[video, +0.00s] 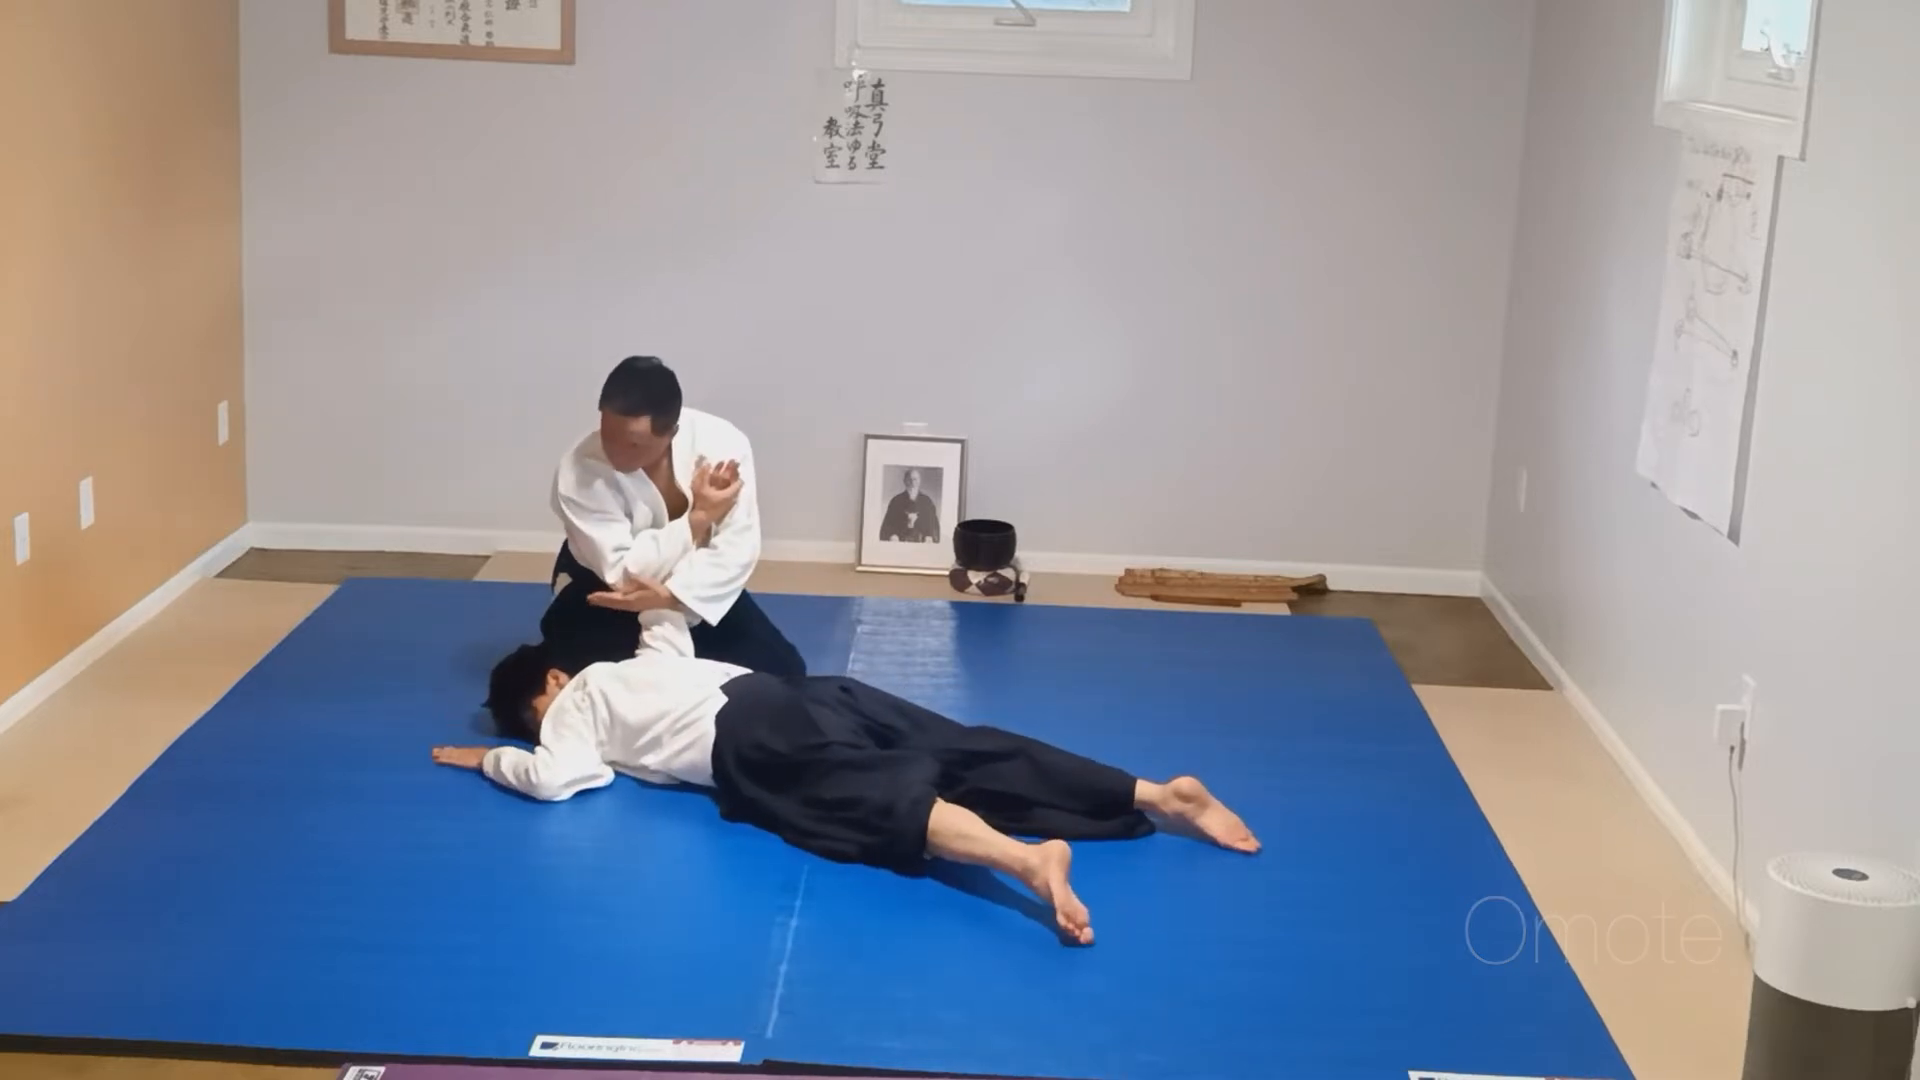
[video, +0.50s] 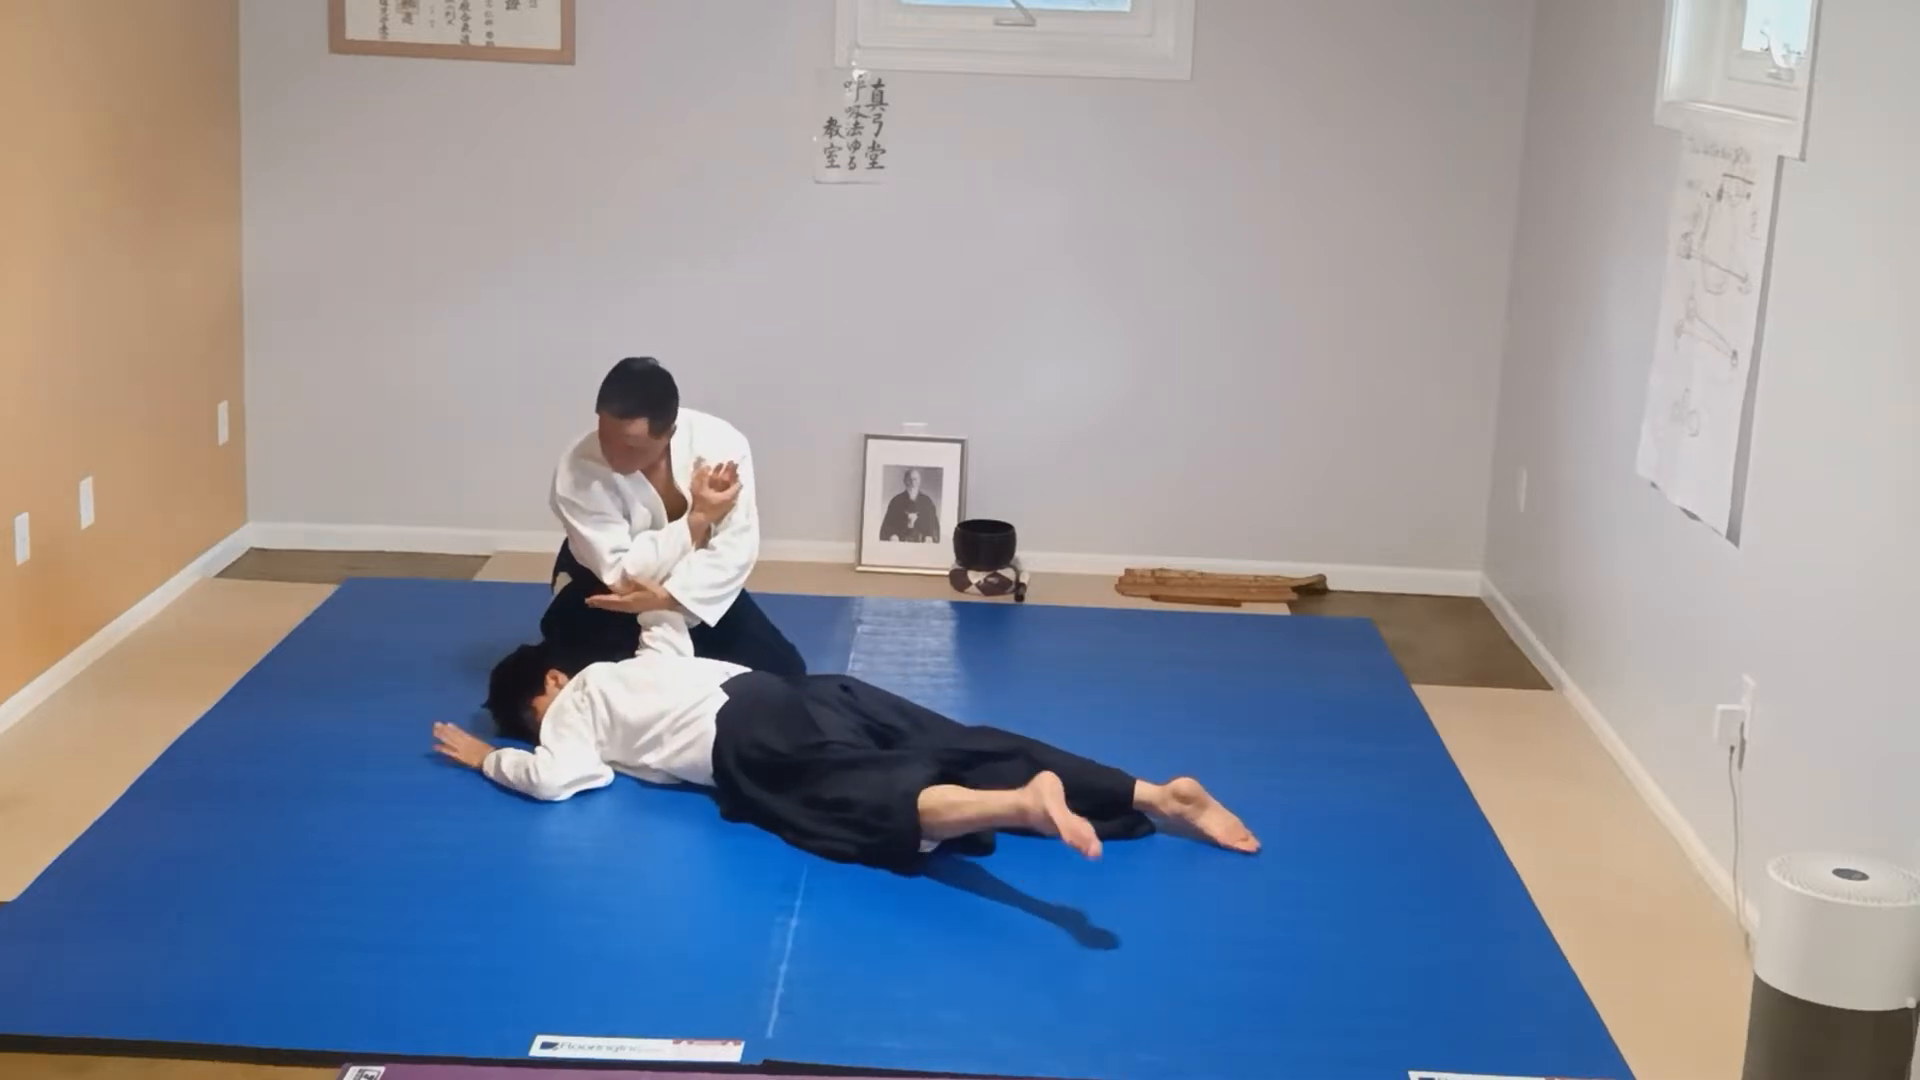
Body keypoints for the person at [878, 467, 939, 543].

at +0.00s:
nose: (912, 482)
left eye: (915, 479)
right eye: (909, 479)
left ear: (919, 481)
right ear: (905, 481)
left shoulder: (926, 501)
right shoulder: (896, 501)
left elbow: (933, 523)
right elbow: (887, 525)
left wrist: (931, 537)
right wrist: (892, 536)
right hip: (899, 543)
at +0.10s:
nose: (912, 482)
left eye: (915, 479)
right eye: (909, 479)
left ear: (919, 481)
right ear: (905, 481)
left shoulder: (926, 501)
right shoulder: (896, 501)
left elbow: (933, 523)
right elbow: (887, 525)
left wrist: (931, 537)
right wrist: (892, 536)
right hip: (899, 543)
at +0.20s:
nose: (913, 482)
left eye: (915, 479)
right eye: (910, 479)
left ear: (919, 481)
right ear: (905, 481)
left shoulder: (926, 501)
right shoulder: (896, 501)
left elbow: (933, 523)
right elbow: (887, 525)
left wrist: (931, 537)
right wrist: (892, 536)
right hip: (899, 543)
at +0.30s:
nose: (913, 482)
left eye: (915, 479)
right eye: (910, 479)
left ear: (919, 481)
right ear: (905, 481)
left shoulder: (926, 501)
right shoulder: (897, 500)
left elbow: (933, 523)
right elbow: (887, 525)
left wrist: (931, 537)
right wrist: (892, 536)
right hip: (899, 543)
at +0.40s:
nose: (912, 482)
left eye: (915, 479)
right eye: (909, 479)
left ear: (919, 481)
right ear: (905, 481)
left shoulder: (926, 501)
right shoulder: (896, 501)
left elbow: (933, 523)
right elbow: (887, 525)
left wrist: (931, 537)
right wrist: (892, 536)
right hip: (899, 543)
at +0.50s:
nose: (912, 482)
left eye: (915, 479)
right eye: (909, 479)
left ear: (919, 481)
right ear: (905, 481)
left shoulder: (926, 501)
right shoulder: (896, 501)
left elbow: (933, 523)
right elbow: (887, 525)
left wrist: (931, 537)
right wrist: (892, 536)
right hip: (899, 543)